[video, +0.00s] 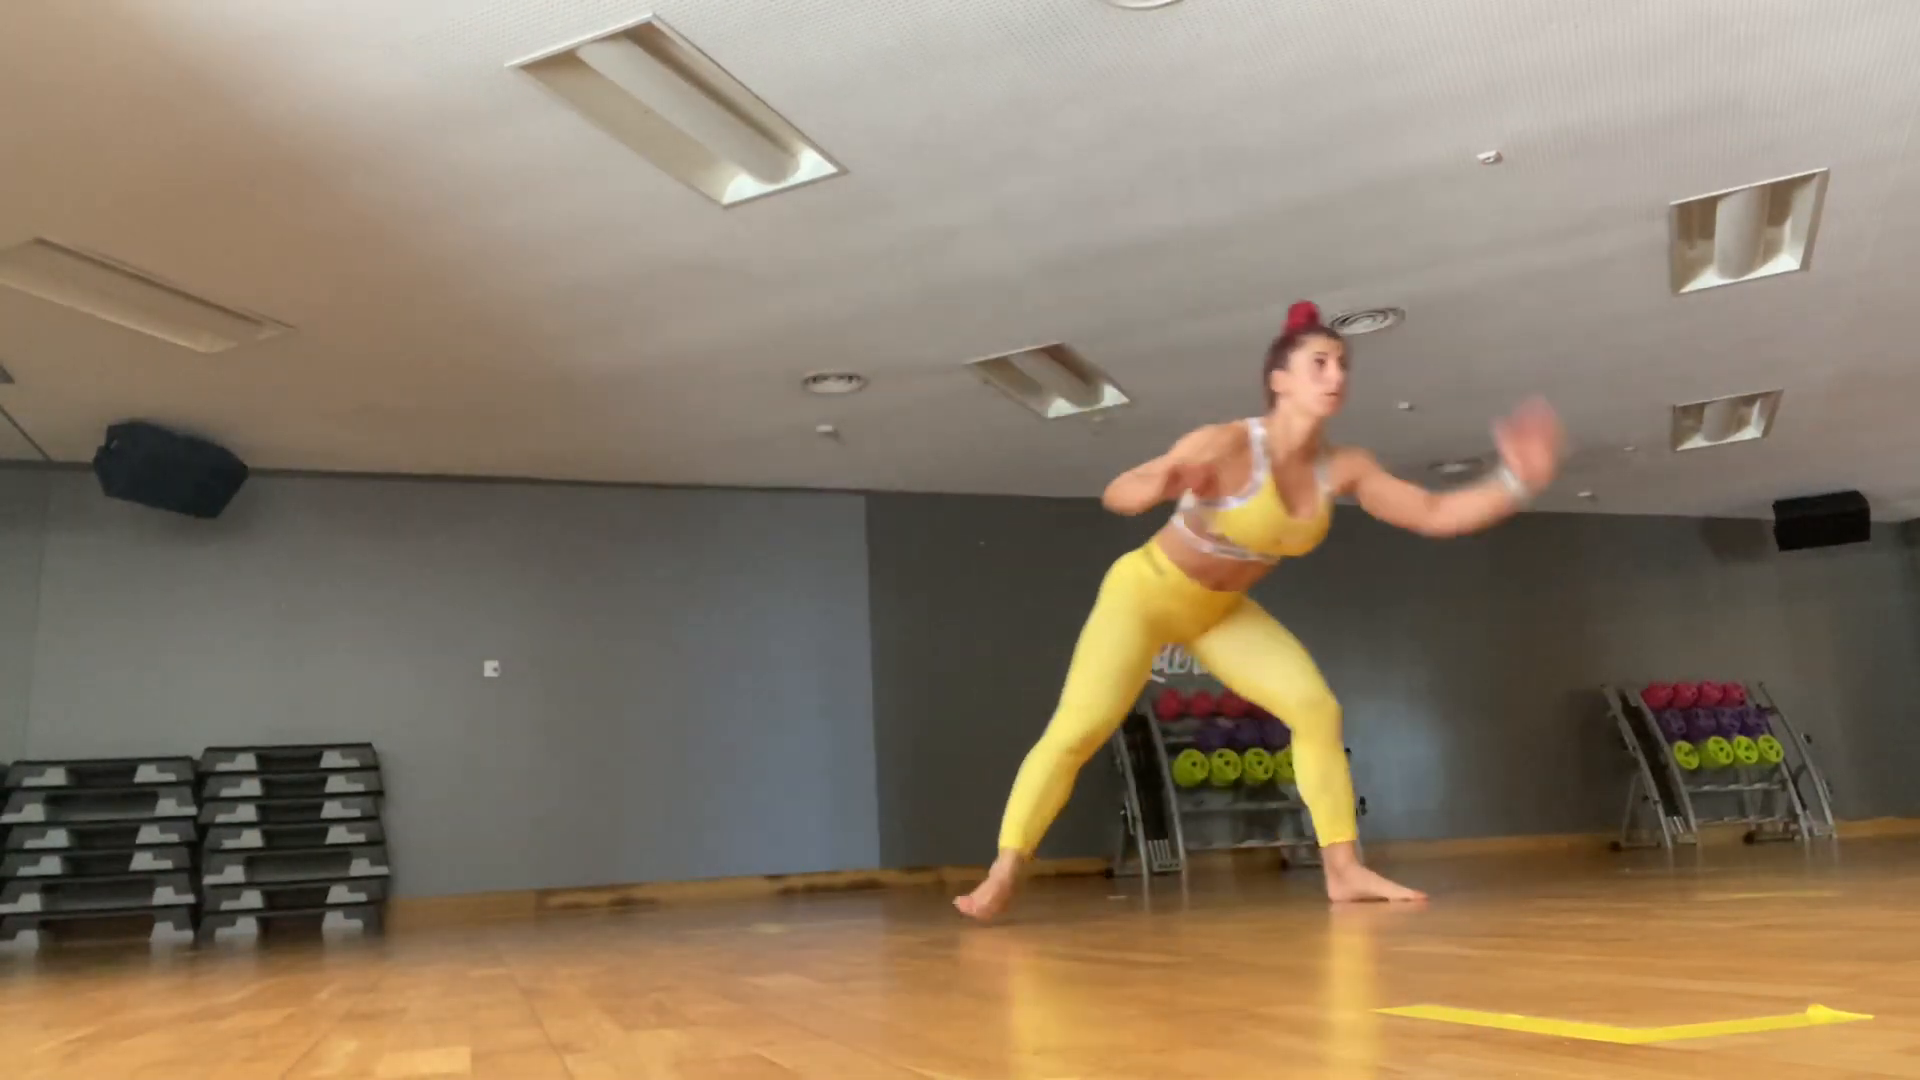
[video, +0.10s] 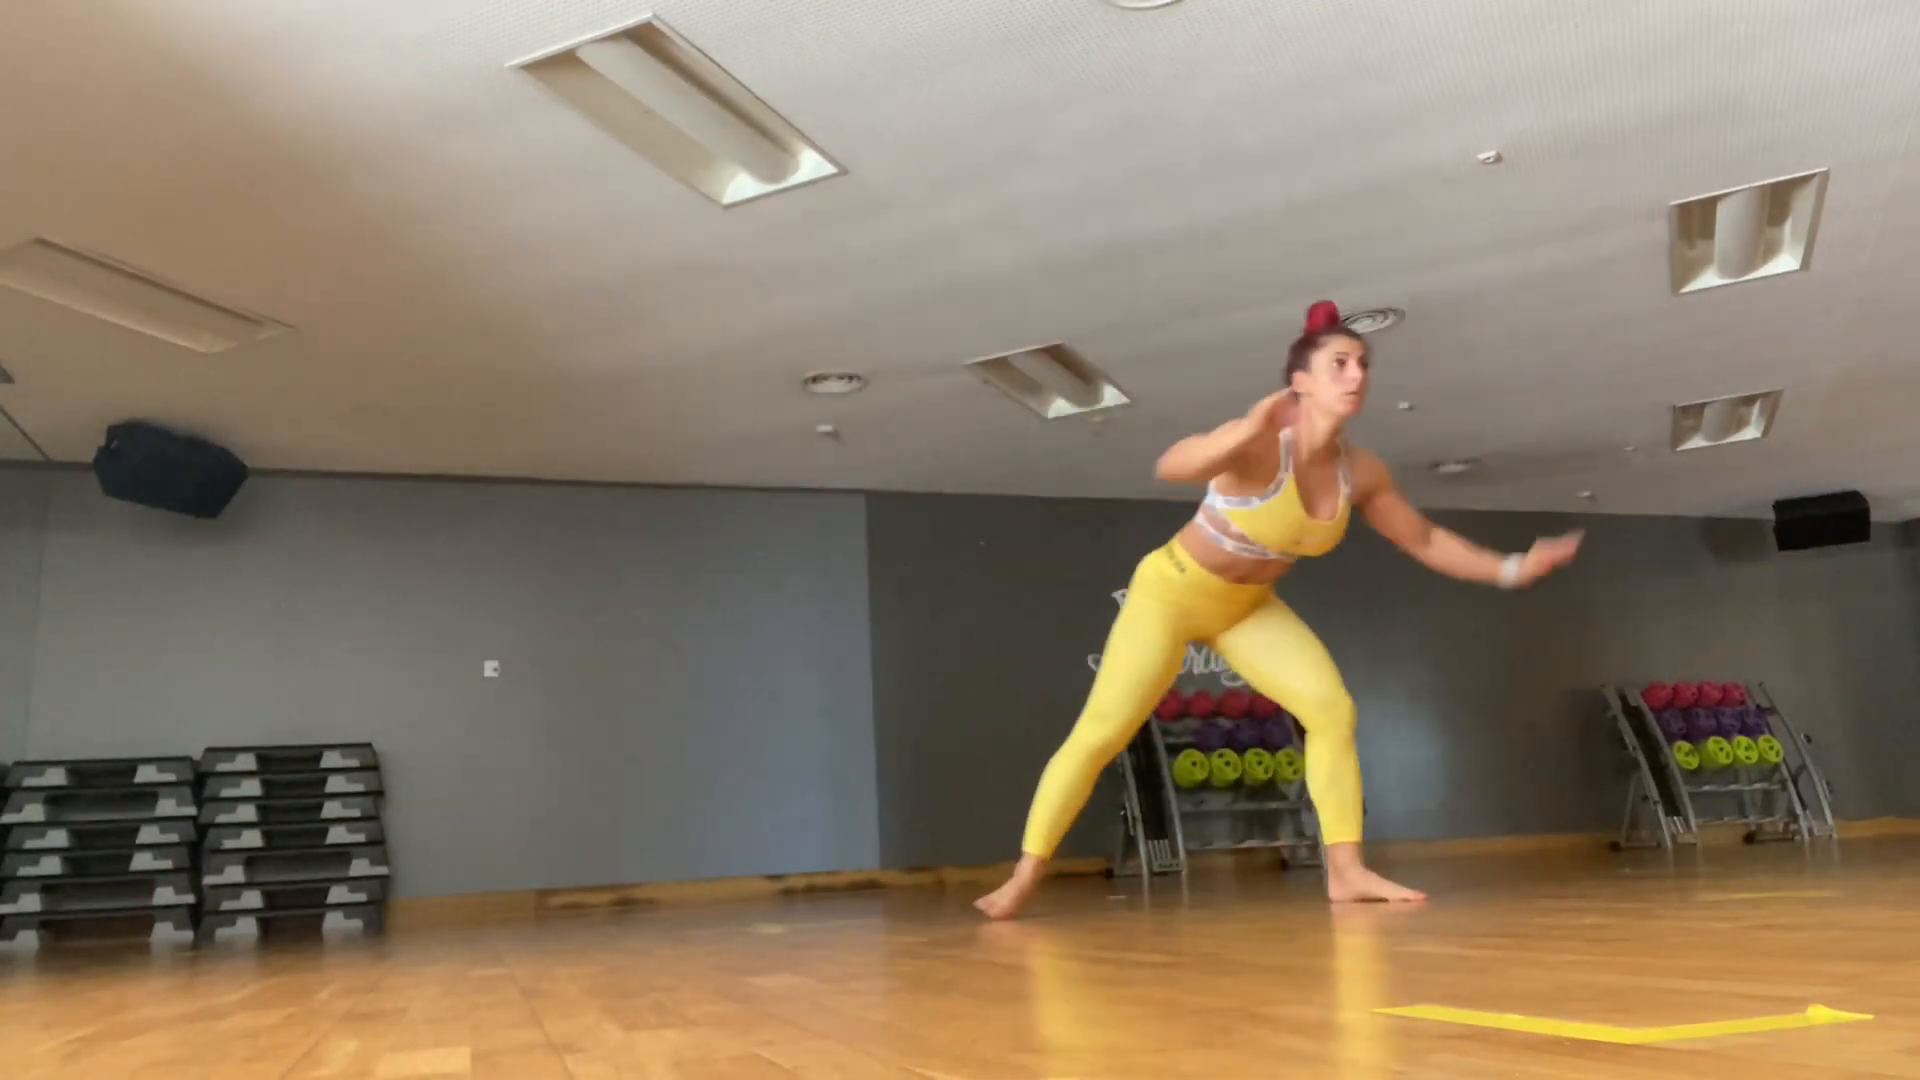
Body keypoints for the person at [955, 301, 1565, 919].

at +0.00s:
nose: (1336, 376)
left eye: (1343, 366)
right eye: (1319, 363)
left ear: (1347, 384)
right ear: (1279, 378)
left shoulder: (1343, 469)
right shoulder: (1222, 446)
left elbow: (1437, 514)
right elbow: (1117, 498)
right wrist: (1164, 482)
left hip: (1226, 612)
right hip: (1147, 594)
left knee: (1314, 708)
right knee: (1080, 728)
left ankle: (1345, 871)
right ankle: (1004, 873)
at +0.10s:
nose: (1355, 376)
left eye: (1362, 365)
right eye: (1338, 363)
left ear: (1367, 383)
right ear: (1299, 379)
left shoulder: (1360, 472)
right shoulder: (1258, 439)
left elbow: (1425, 540)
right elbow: (1169, 467)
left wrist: (1509, 569)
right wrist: (1238, 435)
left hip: (1252, 605)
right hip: (1176, 587)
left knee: (1329, 707)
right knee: (1104, 730)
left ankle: (1346, 872)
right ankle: (1026, 874)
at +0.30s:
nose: (1342, 358)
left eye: (1346, 349)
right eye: (1326, 348)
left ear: (1349, 358)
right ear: (1287, 366)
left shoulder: (1339, 447)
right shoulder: (1258, 417)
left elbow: (1281, 520)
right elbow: (1327, 391)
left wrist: (1308, 566)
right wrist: (1386, 357)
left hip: (1271, 604)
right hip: (1198, 597)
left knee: (1331, 714)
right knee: (1172, 725)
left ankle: (1348, 870)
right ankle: (1160, 844)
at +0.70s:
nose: (1337, 375)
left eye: (1342, 365)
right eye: (1321, 364)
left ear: (1348, 373)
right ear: (1287, 380)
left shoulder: (1328, 450)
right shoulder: (1262, 422)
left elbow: (1333, 532)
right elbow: (1334, 427)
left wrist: (1388, 566)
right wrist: (1395, 391)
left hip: (1276, 612)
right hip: (1204, 609)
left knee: (1338, 721)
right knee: (1200, 743)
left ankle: (1398, 868)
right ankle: (1198, 854)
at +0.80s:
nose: (1359, 374)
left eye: (1364, 363)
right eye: (1343, 362)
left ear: (1369, 375)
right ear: (1307, 376)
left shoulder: (1352, 459)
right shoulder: (1283, 425)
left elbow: (1368, 536)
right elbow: (1347, 467)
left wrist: (1417, 533)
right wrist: (1423, 424)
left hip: (1277, 609)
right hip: (1205, 601)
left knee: (1344, 717)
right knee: (1189, 751)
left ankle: (1400, 872)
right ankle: (1170, 851)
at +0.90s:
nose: (1367, 393)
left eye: (1373, 381)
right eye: (1351, 381)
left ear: (1380, 392)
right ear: (1314, 395)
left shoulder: (1370, 463)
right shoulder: (1285, 454)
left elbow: (1416, 551)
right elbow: (1335, 546)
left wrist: (1426, 496)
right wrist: (1420, 502)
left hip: (1276, 612)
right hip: (1202, 603)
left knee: (1353, 714)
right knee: (1156, 757)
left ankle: (1398, 870)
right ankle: (1125, 857)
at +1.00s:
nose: (1337, 403)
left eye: (1343, 389)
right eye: (1320, 391)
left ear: (1351, 399)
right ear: (1285, 406)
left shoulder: (1354, 464)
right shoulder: (1257, 467)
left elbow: (1398, 551)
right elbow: (1309, 560)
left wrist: (1443, 525)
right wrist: (1396, 510)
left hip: (1274, 614)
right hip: (1194, 607)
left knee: (1354, 715)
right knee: (1125, 743)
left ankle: (1397, 871)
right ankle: (1102, 869)